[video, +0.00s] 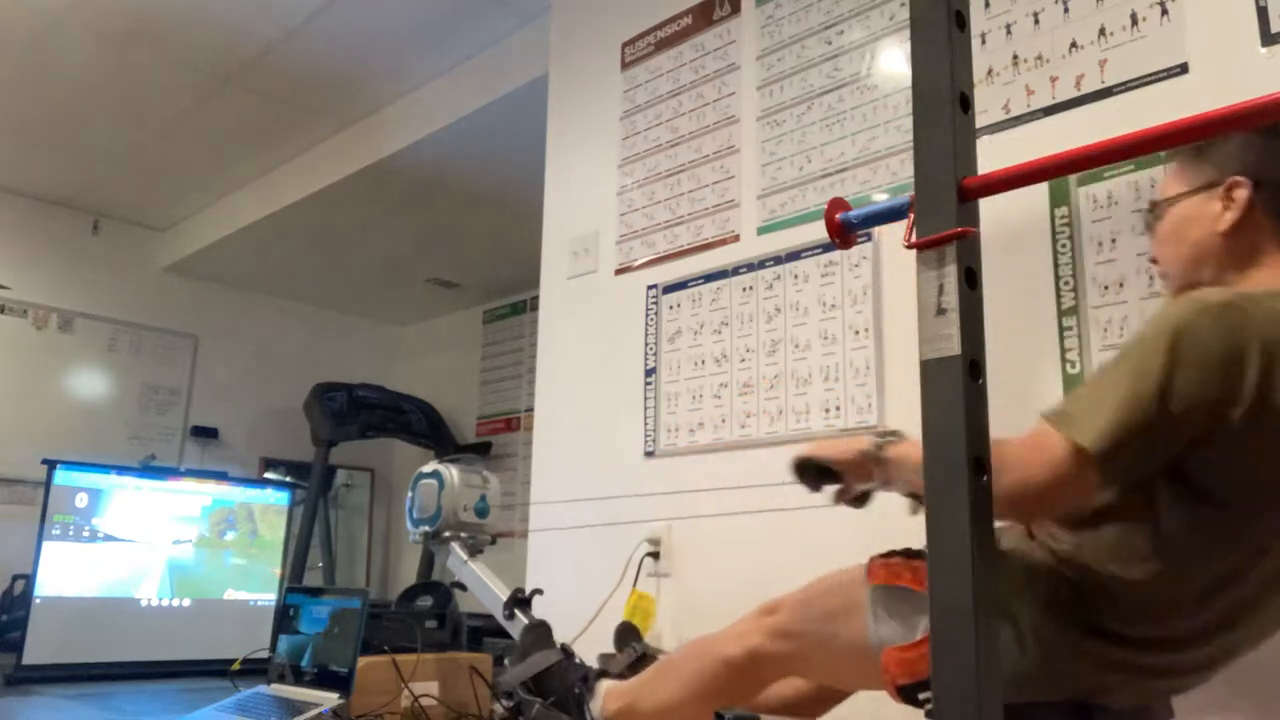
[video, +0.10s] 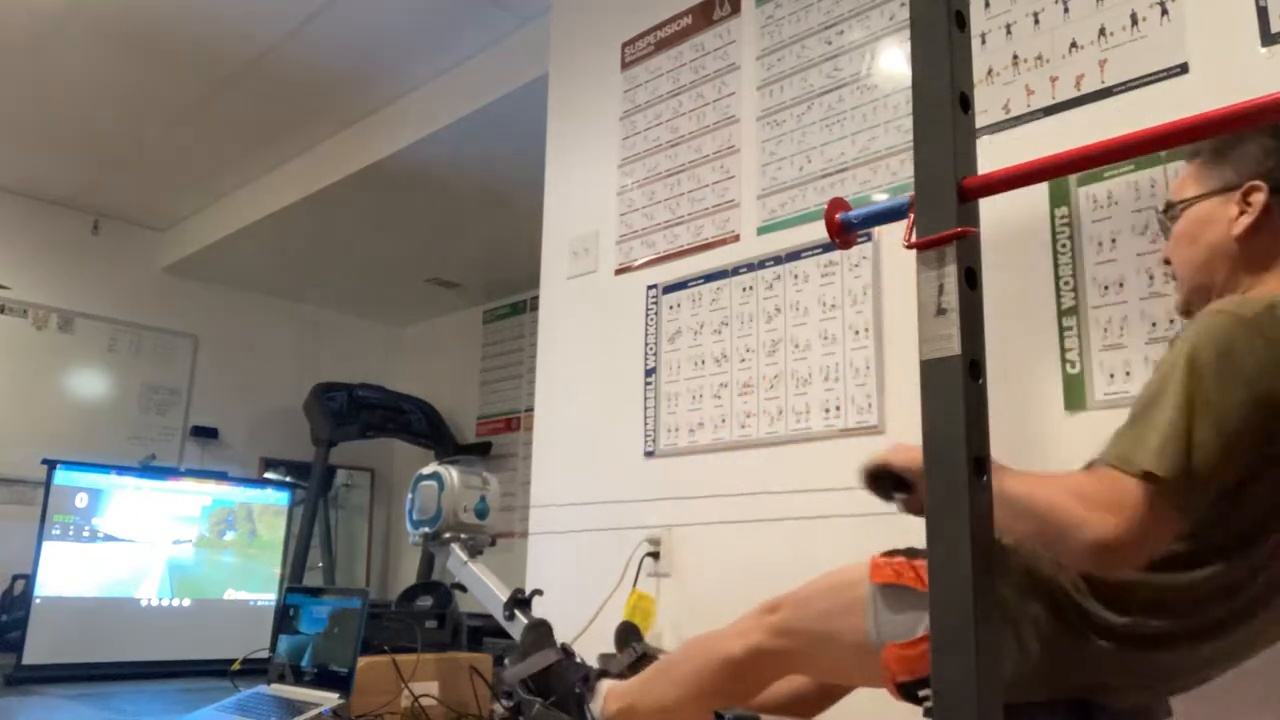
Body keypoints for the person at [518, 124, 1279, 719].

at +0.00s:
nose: (1150, 236)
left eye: (1164, 207)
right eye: (1152, 212)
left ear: (1234, 204)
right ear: (1240, 209)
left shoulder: (1215, 324)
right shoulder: (1260, 329)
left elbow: (1039, 473)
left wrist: (885, 458)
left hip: (1044, 621)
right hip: (1133, 662)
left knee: (779, 629)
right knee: (837, 667)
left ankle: (608, 705)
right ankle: (694, 709)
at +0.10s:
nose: (1165, 244)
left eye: (1177, 214)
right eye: (1166, 218)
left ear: (1249, 210)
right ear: (1252, 214)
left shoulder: (1240, 331)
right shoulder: (1259, 335)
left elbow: (1113, 524)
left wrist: (946, 474)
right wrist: (975, 492)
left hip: (1053, 627)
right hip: (1117, 651)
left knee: (780, 627)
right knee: (839, 650)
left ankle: (605, 705)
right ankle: (693, 713)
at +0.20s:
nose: (1153, 242)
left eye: (1167, 212)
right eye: (1155, 218)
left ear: (1239, 209)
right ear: (1241, 214)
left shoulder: (1253, 331)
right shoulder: (1244, 331)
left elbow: (1220, 567)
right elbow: (1217, 552)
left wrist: (1029, 503)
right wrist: (1036, 507)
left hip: (1072, 616)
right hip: (1085, 610)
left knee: (785, 623)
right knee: (833, 633)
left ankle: (605, 704)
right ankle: (670, 707)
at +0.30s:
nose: (1149, 242)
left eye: (1163, 213)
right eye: (1152, 219)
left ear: (1233, 212)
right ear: (1236, 217)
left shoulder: (1254, 334)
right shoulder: (1245, 334)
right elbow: (1230, 560)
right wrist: (1041, 519)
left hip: (1072, 621)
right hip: (1104, 632)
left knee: (787, 627)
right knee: (832, 632)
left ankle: (605, 705)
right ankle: (648, 699)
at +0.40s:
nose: (1149, 243)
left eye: (1163, 214)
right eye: (1152, 219)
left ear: (1233, 214)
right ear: (1237, 218)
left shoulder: (1245, 342)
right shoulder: (1251, 336)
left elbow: (1187, 580)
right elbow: (1204, 569)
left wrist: (1011, 514)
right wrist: (1017, 523)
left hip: (1059, 625)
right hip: (1098, 632)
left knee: (784, 621)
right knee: (834, 634)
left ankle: (606, 703)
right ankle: (676, 709)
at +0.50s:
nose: (1138, 245)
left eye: (1151, 216)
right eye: (1142, 222)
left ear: (1220, 213)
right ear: (1229, 217)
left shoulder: (1218, 351)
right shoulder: (1262, 341)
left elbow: (1093, 546)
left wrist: (926, 493)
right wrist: (975, 515)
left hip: (1068, 642)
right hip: (1131, 650)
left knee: (784, 609)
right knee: (837, 623)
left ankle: (609, 704)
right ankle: (689, 707)